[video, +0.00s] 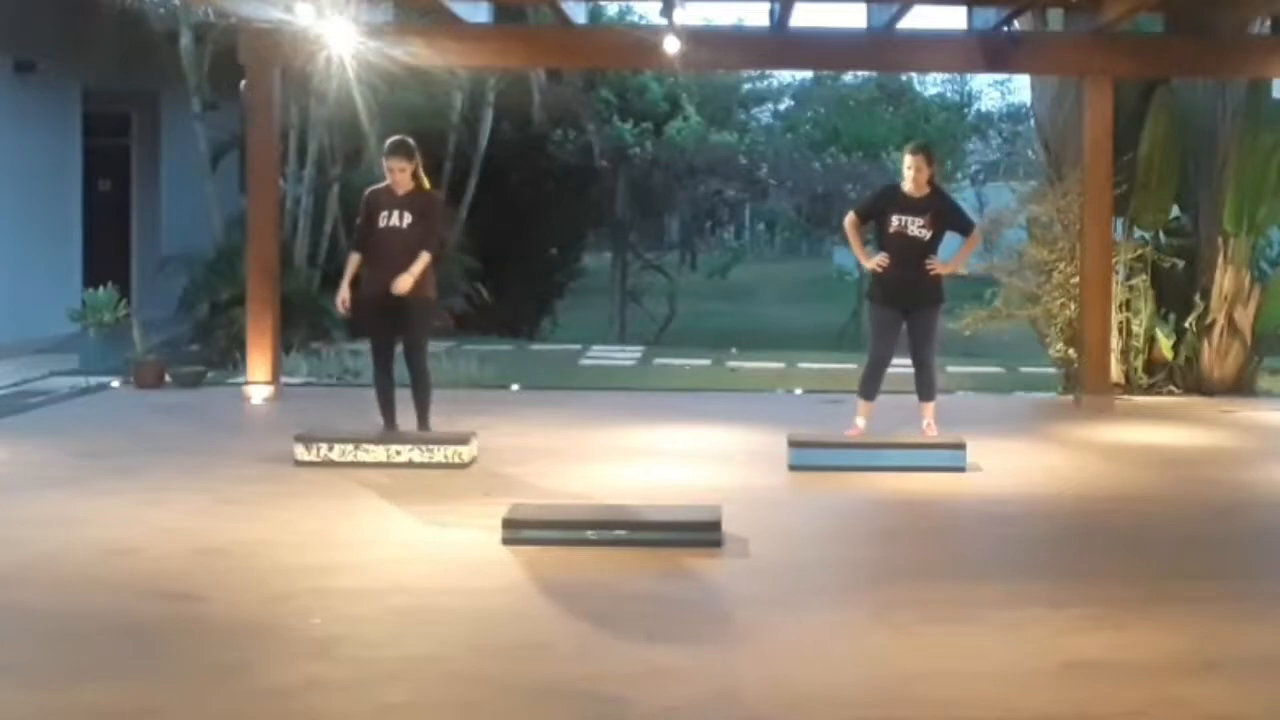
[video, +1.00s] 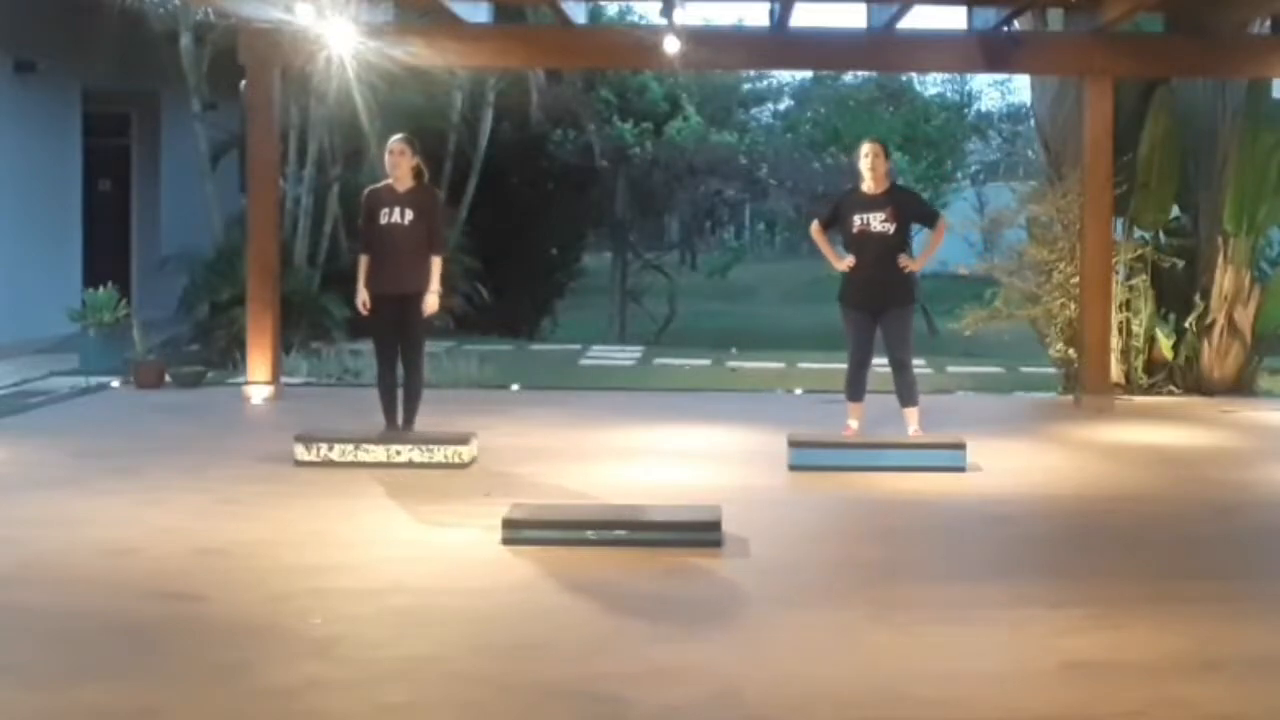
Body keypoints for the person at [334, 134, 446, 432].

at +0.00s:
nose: (395, 176)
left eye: (401, 170)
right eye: (390, 170)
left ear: (414, 168)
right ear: (384, 168)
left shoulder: (430, 200)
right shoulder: (373, 197)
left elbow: (432, 244)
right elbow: (359, 244)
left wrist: (411, 274)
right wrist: (345, 284)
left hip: (415, 291)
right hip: (377, 291)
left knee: (416, 358)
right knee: (382, 359)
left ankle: (423, 424)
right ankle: (389, 424)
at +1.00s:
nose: (394, 159)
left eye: (401, 153)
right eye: (390, 153)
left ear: (414, 159)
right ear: (384, 158)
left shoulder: (429, 196)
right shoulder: (373, 196)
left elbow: (436, 246)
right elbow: (366, 245)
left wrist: (433, 289)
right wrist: (361, 285)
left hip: (414, 292)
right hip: (381, 292)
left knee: (412, 361)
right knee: (385, 361)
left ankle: (408, 423)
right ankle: (390, 423)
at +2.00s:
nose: (392, 159)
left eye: (399, 153)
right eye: (388, 153)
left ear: (413, 159)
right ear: (382, 158)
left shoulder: (428, 199)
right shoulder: (371, 197)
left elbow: (434, 249)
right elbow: (363, 247)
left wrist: (432, 291)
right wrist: (356, 287)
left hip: (412, 294)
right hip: (378, 294)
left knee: (410, 361)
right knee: (384, 361)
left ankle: (407, 424)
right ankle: (389, 423)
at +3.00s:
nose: (389, 159)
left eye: (396, 154)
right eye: (386, 153)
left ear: (411, 160)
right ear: (381, 158)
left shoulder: (424, 199)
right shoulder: (370, 198)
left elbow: (431, 250)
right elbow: (361, 248)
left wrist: (429, 292)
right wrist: (355, 289)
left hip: (409, 295)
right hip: (376, 295)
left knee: (409, 363)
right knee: (382, 363)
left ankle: (407, 424)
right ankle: (389, 423)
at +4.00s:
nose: (396, 162)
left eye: (403, 156)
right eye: (393, 156)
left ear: (418, 161)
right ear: (387, 159)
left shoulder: (430, 199)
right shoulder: (376, 197)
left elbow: (436, 250)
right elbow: (365, 248)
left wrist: (435, 293)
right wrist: (360, 290)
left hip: (413, 295)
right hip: (380, 294)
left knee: (412, 362)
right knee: (384, 363)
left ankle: (407, 424)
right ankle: (390, 423)